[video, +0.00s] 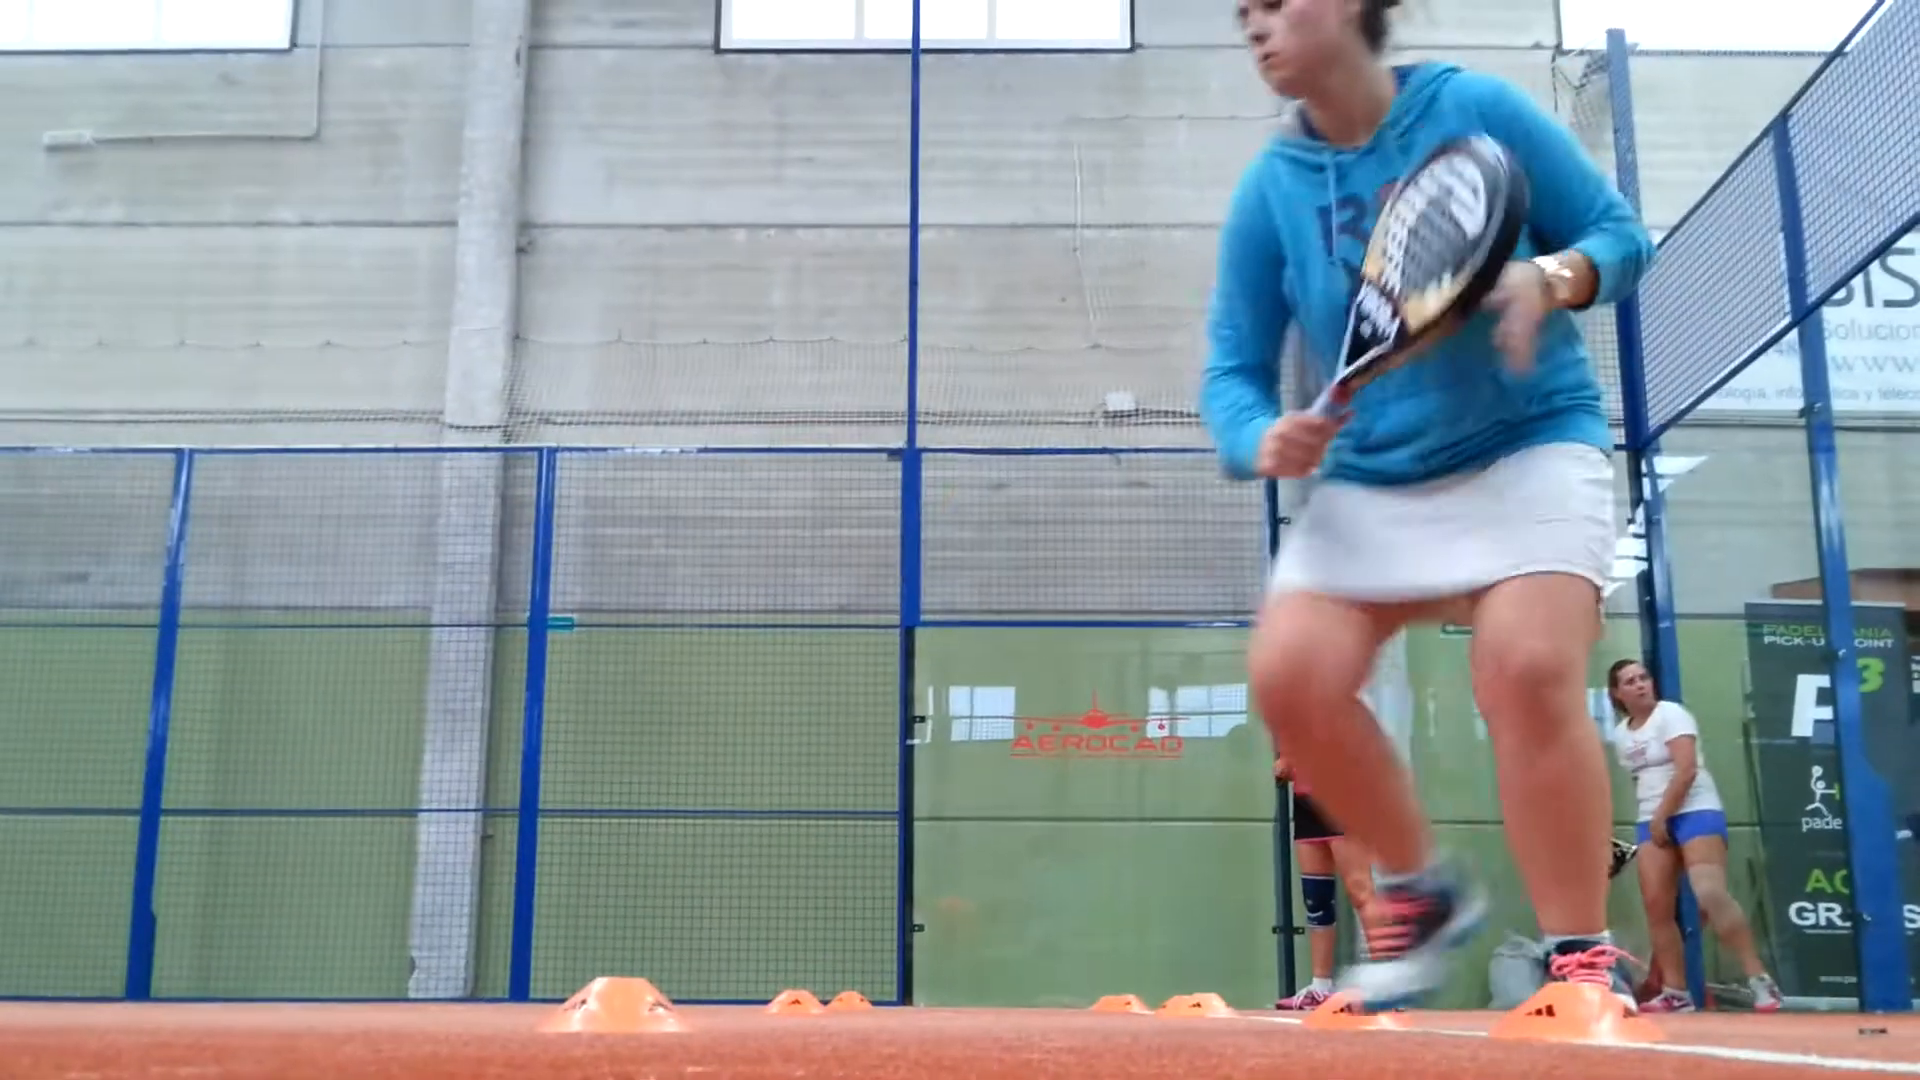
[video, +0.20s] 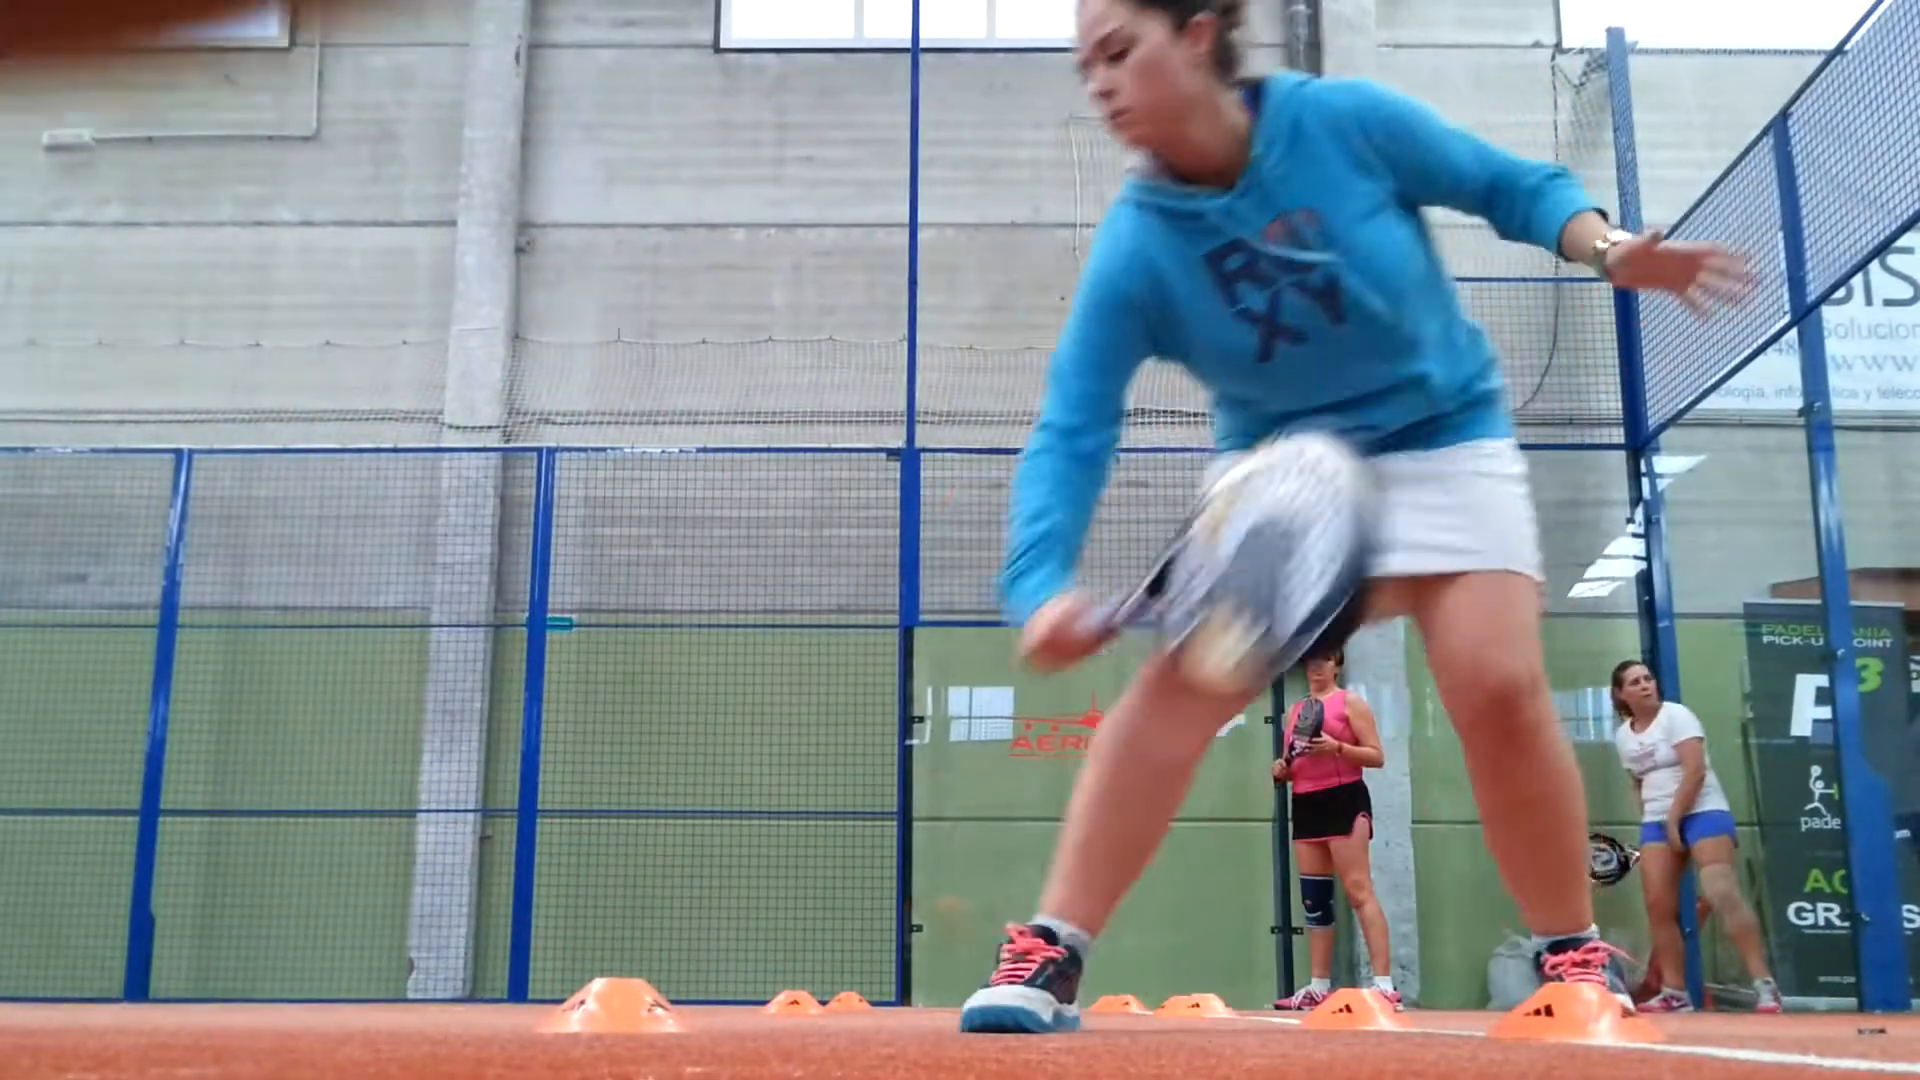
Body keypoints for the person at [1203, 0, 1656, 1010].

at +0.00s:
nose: (1254, 27)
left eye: (1278, 5)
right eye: (1247, 13)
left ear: (1358, 9)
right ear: (1252, 38)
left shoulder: (1475, 112)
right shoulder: (1268, 193)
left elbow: (1622, 235)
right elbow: (1229, 379)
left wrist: (1555, 277)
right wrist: (1260, 438)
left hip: (1529, 449)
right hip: (1368, 481)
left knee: (1527, 670)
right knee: (1288, 676)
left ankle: (1581, 965)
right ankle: (1420, 895)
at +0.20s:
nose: (1100, 92)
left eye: (1116, 52)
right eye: (1087, 71)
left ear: (1202, 34)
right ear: (1093, 85)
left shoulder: (1348, 122)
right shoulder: (1133, 252)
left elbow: (1509, 187)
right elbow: (1070, 430)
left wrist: (1606, 248)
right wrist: (1039, 590)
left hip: (1447, 437)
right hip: (1282, 466)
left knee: (1496, 683)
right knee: (1187, 673)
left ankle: (1574, 966)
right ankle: (1045, 958)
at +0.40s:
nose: (969, 182)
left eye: (984, 145)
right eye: (956, 161)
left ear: (1071, 115)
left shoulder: (1234, 174)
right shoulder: (1025, 339)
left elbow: (1404, 193)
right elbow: (946, 531)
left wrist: (1569, 228)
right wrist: (849, 735)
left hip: (1345, 469)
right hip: (1173, 486)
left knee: (1433, 711)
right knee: (1087, 652)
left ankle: (1518, 974)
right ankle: (1030, 978)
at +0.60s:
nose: (956, 140)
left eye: (974, 103)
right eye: (946, 121)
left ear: (1065, 85)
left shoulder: (1231, 146)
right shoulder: (1014, 312)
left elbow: (1401, 154)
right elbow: (939, 508)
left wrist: (1568, 172)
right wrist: (841, 706)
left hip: (1357, 438)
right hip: (1181, 462)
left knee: (1473, 670)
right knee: (1100, 645)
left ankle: (1562, 919)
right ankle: (1046, 959)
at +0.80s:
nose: (1109, 23)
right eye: (1103, 4)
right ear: (1114, 31)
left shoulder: (1370, 84)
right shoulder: (1130, 212)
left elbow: (1535, 177)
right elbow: (1076, 430)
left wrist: (1707, 247)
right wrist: (1016, 588)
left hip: (1457, 437)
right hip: (1269, 465)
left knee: (1581, 600)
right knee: (1174, 658)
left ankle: (1752, 892)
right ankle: (1050, 972)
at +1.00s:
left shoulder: (1605, 13)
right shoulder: (1364, 108)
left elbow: (1756, 123)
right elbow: (1377, 315)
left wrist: (1849, 144)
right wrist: (1343, 460)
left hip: (1661, 387)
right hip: (1468, 404)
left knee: (1673, 667)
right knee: (1354, 665)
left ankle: (1812, 969)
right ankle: (1232, 951)